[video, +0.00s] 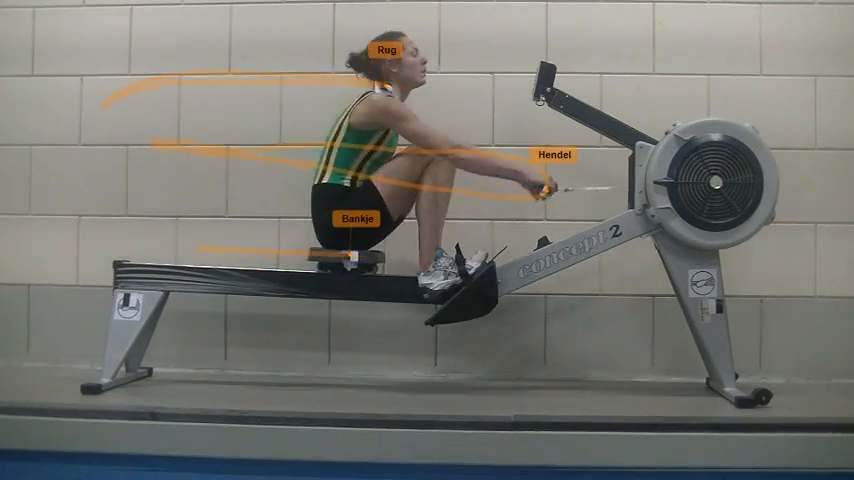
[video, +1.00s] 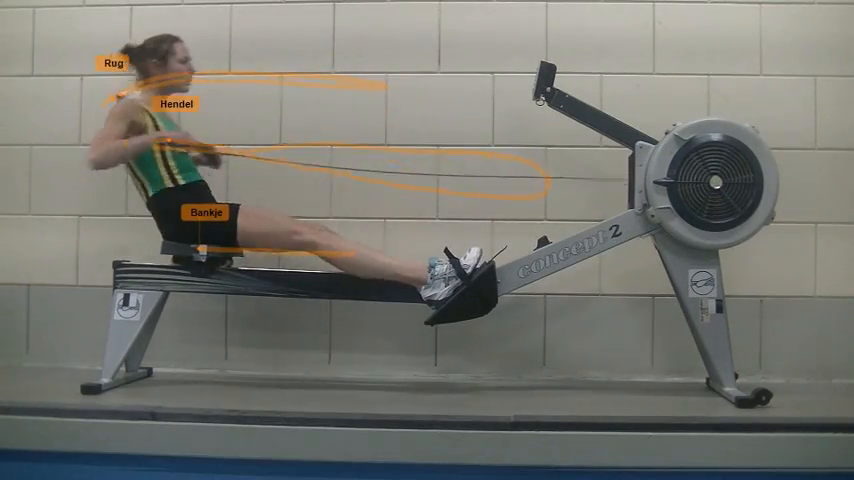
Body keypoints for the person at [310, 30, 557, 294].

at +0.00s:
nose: (423, 60)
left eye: (419, 53)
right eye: (414, 54)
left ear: (393, 68)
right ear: (392, 67)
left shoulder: (386, 104)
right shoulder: (382, 105)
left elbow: (450, 151)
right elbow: (451, 151)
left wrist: (518, 173)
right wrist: (521, 173)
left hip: (343, 214)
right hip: (340, 216)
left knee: (436, 157)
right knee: (438, 158)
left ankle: (433, 262)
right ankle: (428, 271)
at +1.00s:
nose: (191, 70)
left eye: (189, 62)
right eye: (183, 63)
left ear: (167, 68)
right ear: (156, 67)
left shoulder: (161, 112)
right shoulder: (132, 108)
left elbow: (168, 162)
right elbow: (96, 156)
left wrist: (203, 156)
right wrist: (159, 139)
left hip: (199, 212)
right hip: (186, 216)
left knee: (313, 231)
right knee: (308, 234)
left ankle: (429, 277)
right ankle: (428, 282)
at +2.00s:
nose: (414, 57)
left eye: (410, 50)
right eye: (404, 52)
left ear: (384, 67)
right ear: (382, 65)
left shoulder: (379, 102)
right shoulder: (373, 102)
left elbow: (449, 147)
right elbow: (448, 141)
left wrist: (515, 160)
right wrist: (517, 157)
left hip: (336, 214)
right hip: (330, 215)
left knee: (434, 159)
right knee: (430, 158)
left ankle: (435, 262)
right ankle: (429, 273)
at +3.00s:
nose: (217, 60)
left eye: (214, 52)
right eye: (208, 53)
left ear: (189, 60)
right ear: (183, 58)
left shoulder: (186, 111)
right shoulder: (156, 101)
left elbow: (194, 172)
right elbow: (136, 150)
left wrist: (232, 160)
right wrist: (203, 141)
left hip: (201, 210)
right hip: (188, 213)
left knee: (322, 223)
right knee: (316, 224)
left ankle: (431, 273)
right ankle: (426, 282)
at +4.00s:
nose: (378, 53)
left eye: (373, 46)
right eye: (367, 49)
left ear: (347, 64)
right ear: (346, 63)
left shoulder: (342, 98)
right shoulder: (338, 96)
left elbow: (411, 144)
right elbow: (407, 133)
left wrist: (474, 153)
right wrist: (480, 141)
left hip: (309, 211)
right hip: (303, 213)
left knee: (406, 157)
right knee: (409, 159)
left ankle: (432, 269)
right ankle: (431, 276)